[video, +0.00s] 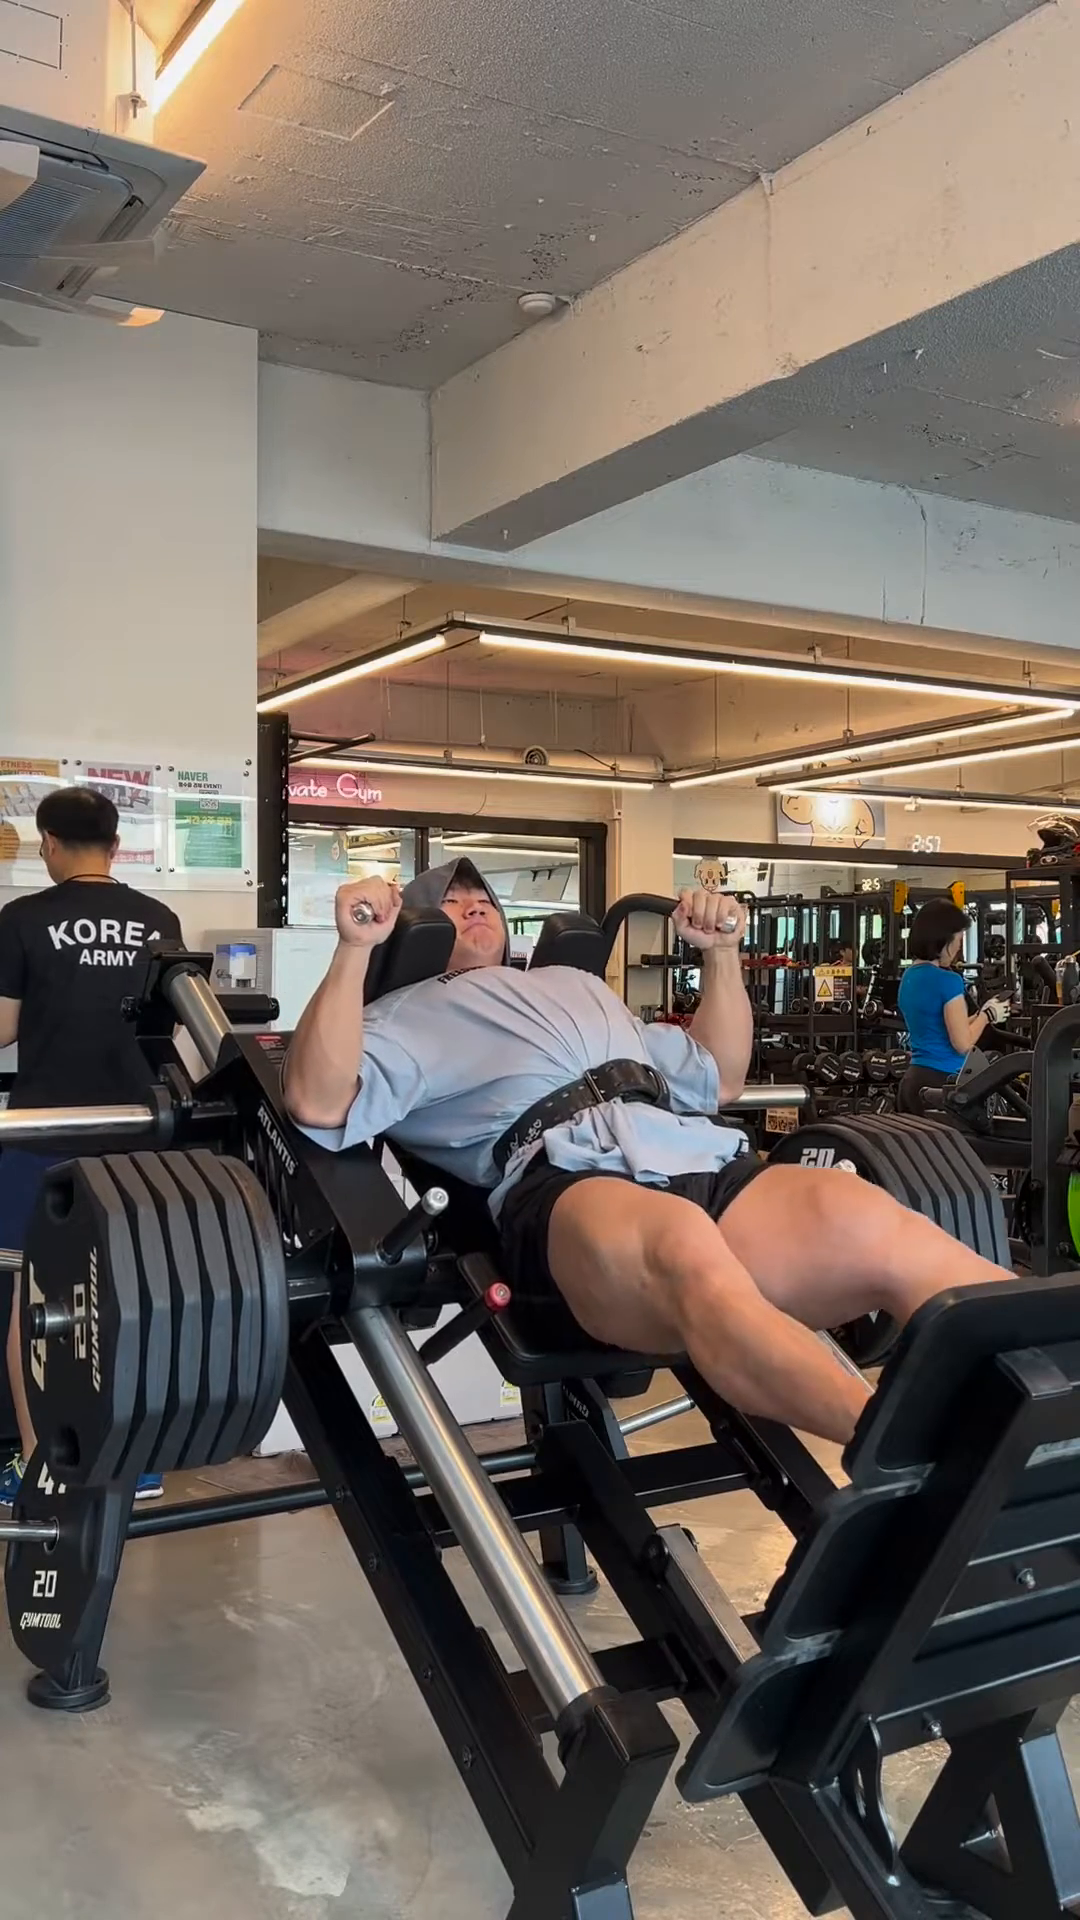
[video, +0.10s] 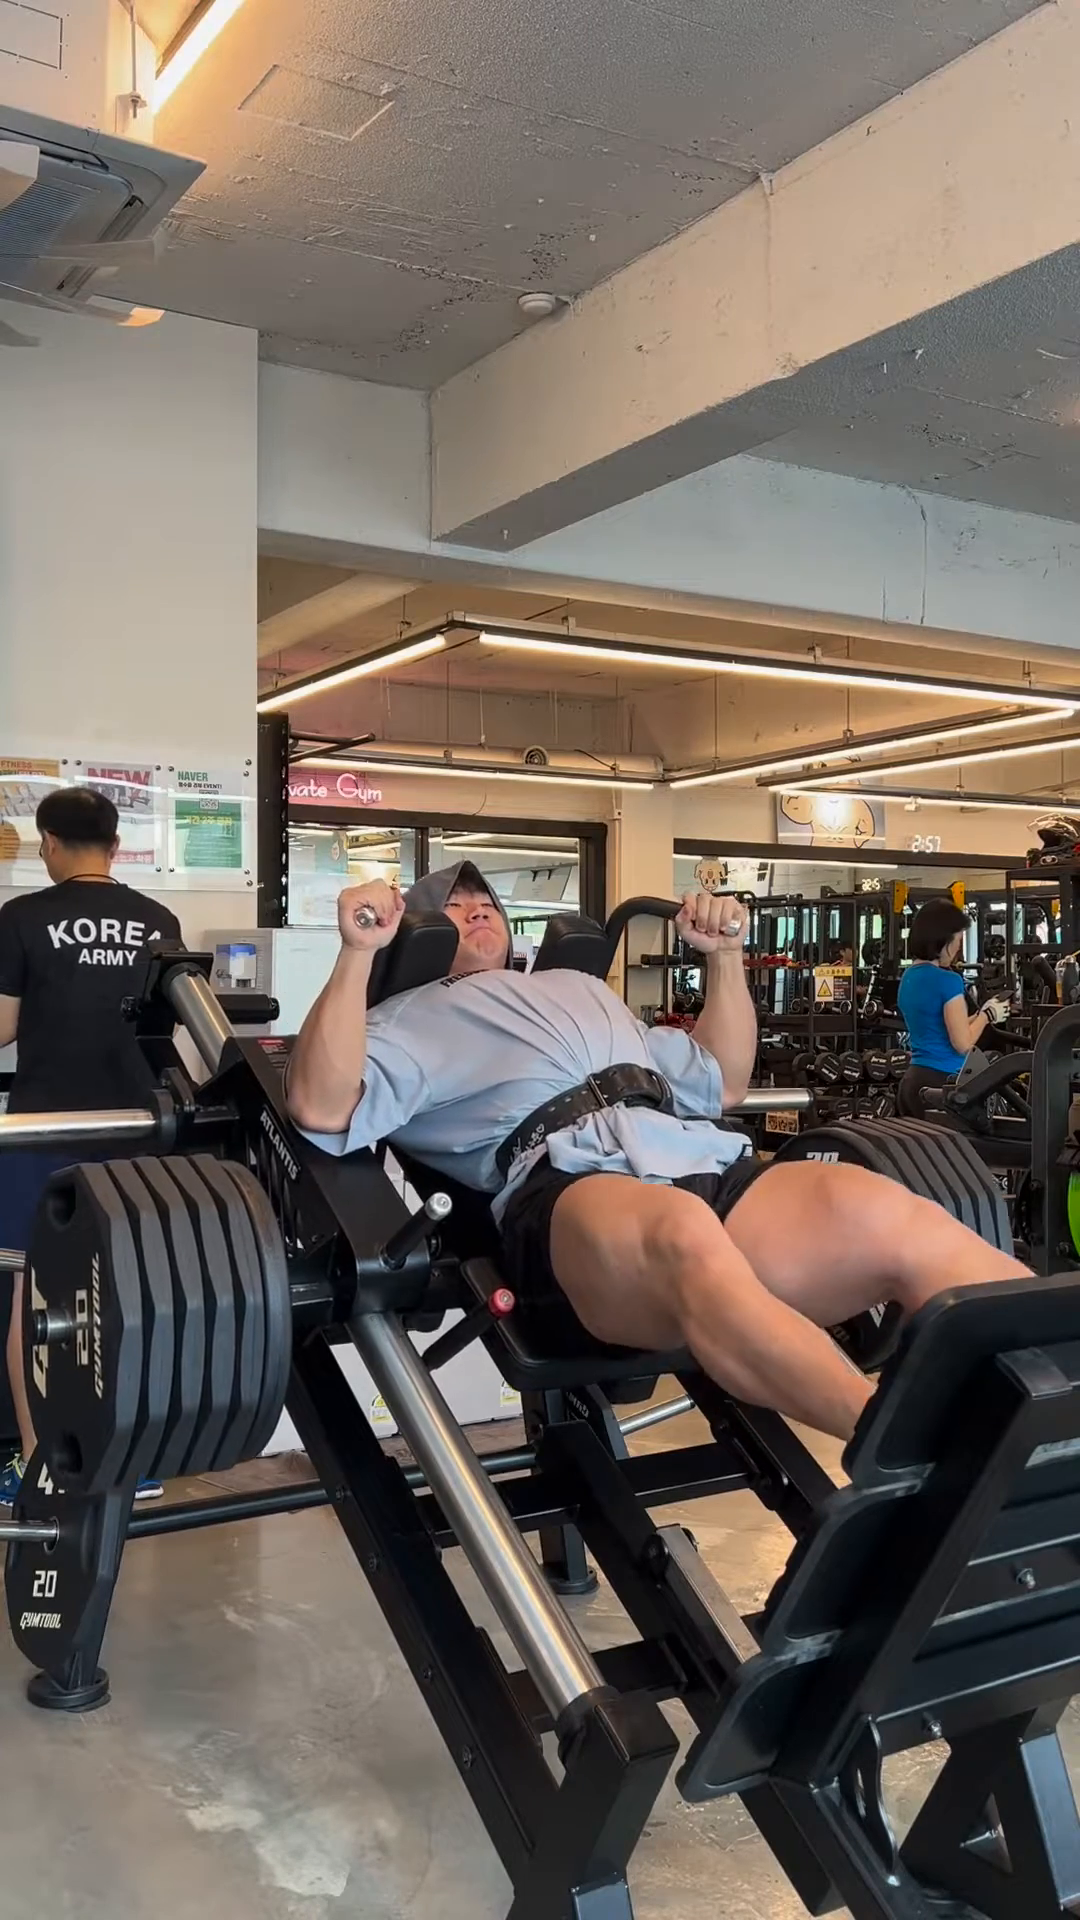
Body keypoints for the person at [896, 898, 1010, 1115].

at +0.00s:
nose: (960, 948)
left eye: (960, 941)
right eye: (959, 940)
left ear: (925, 935)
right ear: (945, 940)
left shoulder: (908, 977)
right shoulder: (948, 981)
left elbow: (930, 1033)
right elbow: (963, 1043)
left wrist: (976, 1015)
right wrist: (989, 1014)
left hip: (915, 1076)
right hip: (948, 1082)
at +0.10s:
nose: (959, 948)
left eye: (960, 940)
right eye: (958, 940)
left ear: (924, 935)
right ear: (945, 940)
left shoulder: (908, 978)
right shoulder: (948, 981)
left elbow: (932, 1033)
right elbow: (963, 1043)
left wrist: (977, 1015)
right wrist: (989, 1015)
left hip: (914, 1077)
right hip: (947, 1083)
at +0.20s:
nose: (959, 948)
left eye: (960, 940)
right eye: (958, 940)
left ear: (924, 936)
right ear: (945, 940)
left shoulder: (908, 978)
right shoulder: (948, 981)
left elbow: (931, 1034)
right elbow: (963, 1043)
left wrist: (975, 1015)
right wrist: (988, 1015)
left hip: (914, 1077)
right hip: (946, 1084)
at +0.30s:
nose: (960, 946)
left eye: (960, 939)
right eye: (958, 939)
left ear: (923, 935)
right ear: (946, 940)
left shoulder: (907, 978)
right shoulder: (948, 981)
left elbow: (930, 1034)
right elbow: (963, 1043)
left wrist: (975, 1014)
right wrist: (987, 1014)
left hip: (914, 1077)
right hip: (946, 1084)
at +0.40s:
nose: (959, 947)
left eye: (960, 940)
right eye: (958, 939)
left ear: (924, 936)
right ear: (945, 940)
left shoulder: (907, 978)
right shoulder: (948, 981)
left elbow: (931, 1034)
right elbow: (963, 1043)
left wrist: (976, 1013)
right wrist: (987, 1014)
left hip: (914, 1078)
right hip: (947, 1084)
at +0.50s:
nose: (959, 946)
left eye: (960, 939)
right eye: (958, 939)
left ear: (924, 936)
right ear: (944, 940)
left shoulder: (907, 978)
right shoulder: (948, 981)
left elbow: (929, 1034)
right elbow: (963, 1043)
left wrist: (973, 1013)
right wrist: (987, 1014)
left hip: (914, 1078)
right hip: (946, 1084)